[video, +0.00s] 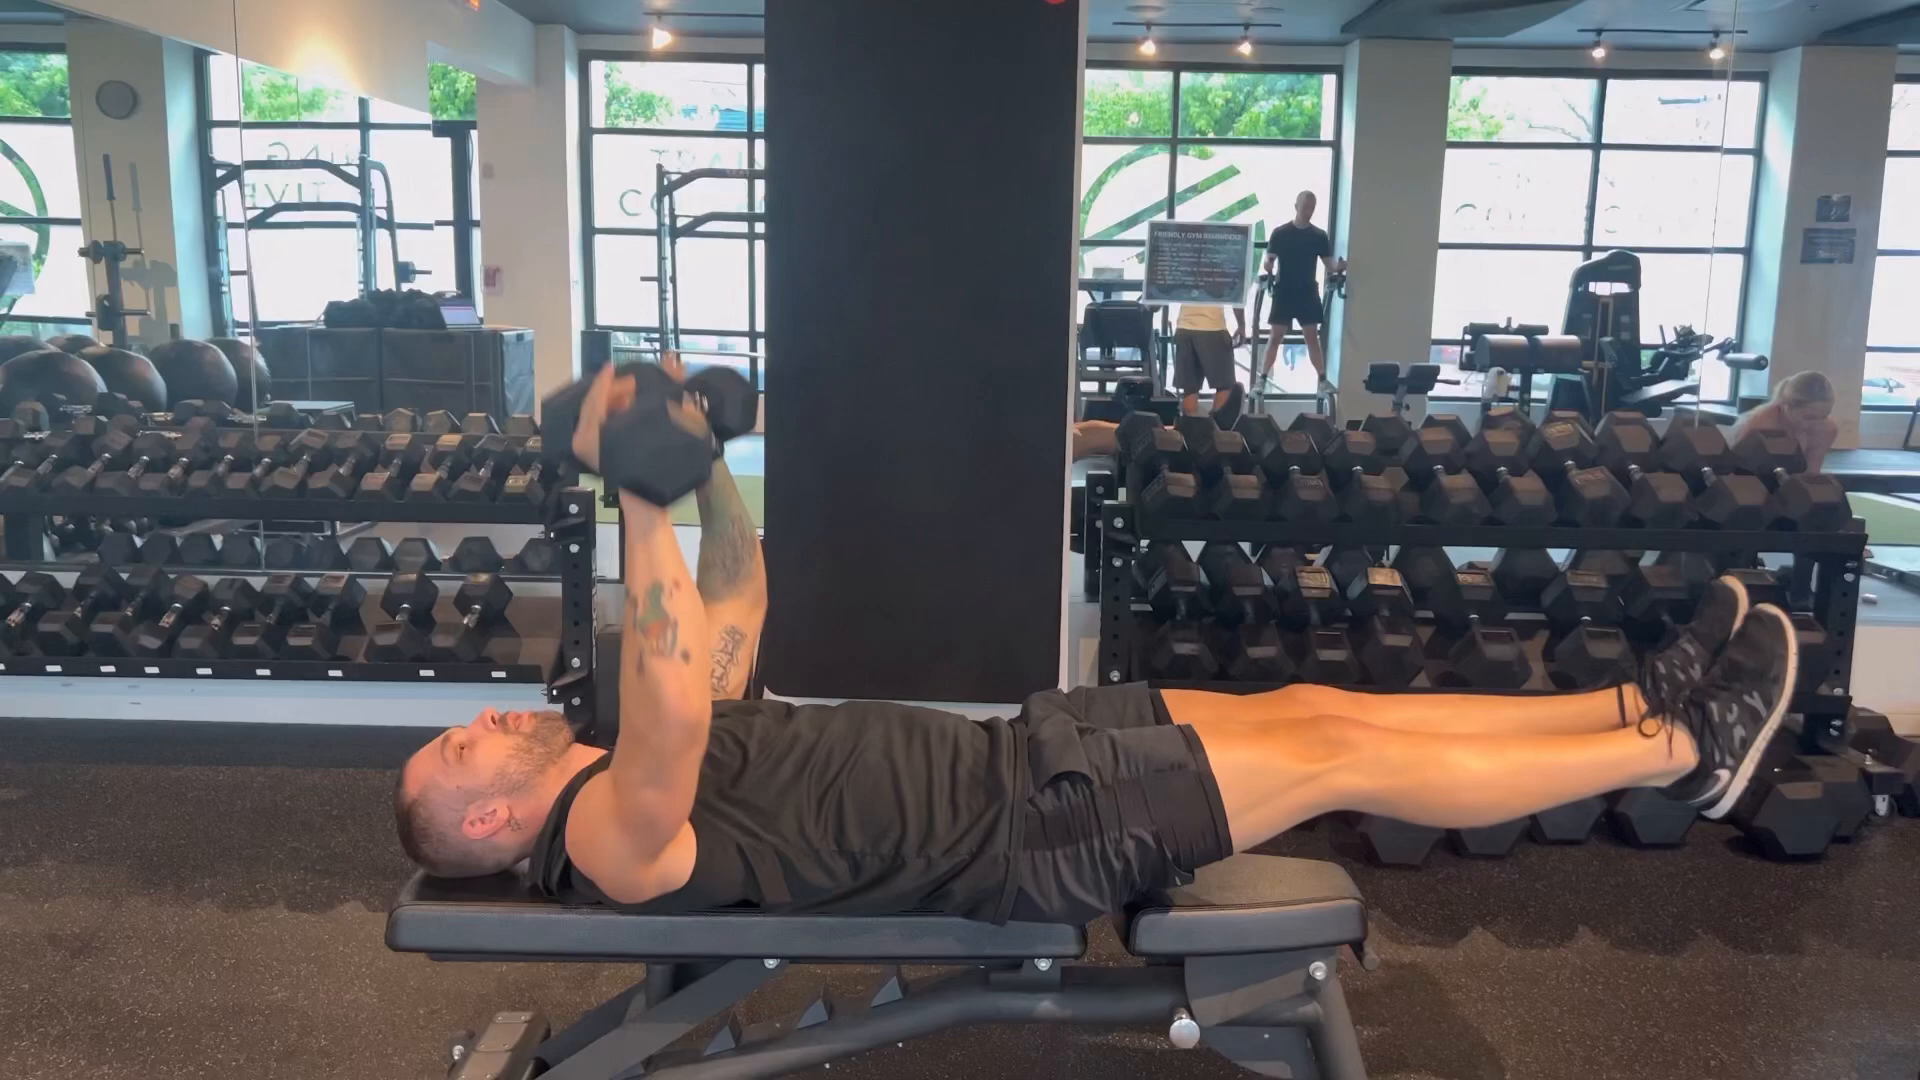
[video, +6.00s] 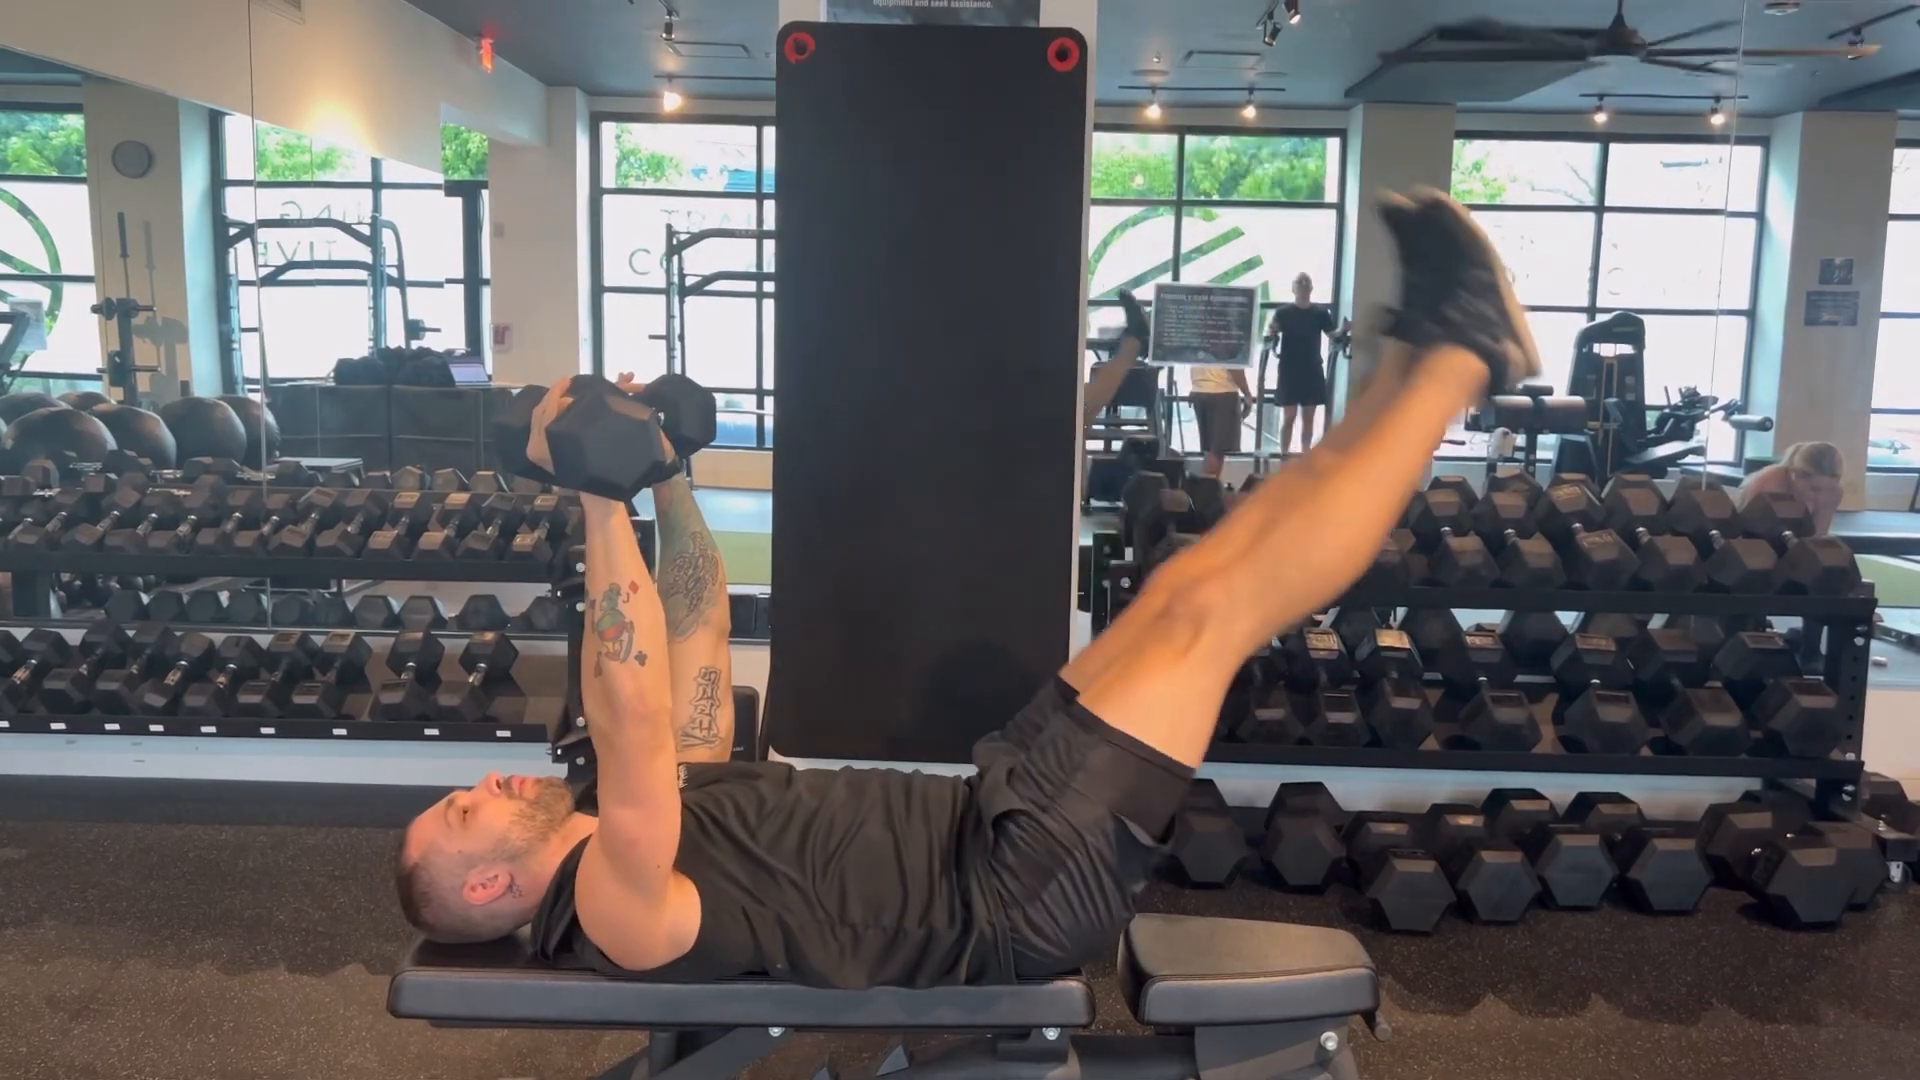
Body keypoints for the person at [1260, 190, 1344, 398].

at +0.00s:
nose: (1308, 211)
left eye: (1311, 207)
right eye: (1304, 206)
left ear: (1314, 208)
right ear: (1296, 206)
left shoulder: (1319, 236)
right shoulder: (1280, 233)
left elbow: (1330, 265)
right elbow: (1268, 262)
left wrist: (1341, 266)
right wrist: (1270, 273)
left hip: (1308, 291)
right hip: (1284, 290)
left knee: (1312, 337)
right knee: (1276, 336)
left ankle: (1322, 380)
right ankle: (1262, 378)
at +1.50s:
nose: (1320, 238)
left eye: (1323, 234)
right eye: (1317, 233)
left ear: (1326, 235)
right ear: (1309, 233)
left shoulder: (1332, 263)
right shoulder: (1292, 259)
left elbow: (1341, 290)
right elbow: (1281, 288)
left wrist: (1351, 293)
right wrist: (1282, 300)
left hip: (1320, 318)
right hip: (1296, 317)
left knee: (1325, 363)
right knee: (1288, 363)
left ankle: (1335, 405)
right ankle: (1275, 404)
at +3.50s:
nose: (1318, 261)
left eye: (1322, 257)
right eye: (1315, 256)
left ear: (1325, 257)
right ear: (1307, 252)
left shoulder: (1329, 280)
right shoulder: (1291, 277)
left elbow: (1336, 309)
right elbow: (1278, 305)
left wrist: (1347, 308)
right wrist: (1278, 307)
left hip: (1318, 333)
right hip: (1294, 332)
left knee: (1328, 376)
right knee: (1285, 374)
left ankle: (1332, 421)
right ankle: (1272, 418)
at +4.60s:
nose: (1307, 282)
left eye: (1310, 278)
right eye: (1303, 278)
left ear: (1315, 278)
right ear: (1297, 277)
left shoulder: (1321, 300)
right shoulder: (1285, 300)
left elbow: (1333, 323)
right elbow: (1271, 324)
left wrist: (1344, 319)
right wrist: (1272, 319)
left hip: (1314, 352)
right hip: (1291, 353)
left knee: (1314, 399)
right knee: (1290, 399)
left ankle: (1311, 442)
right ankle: (1286, 441)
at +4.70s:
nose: (1306, 284)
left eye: (1309, 280)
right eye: (1302, 279)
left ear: (1314, 280)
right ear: (1296, 279)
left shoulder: (1320, 301)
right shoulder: (1284, 301)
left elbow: (1334, 323)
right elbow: (1272, 333)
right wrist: (1273, 321)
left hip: (1312, 356)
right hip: (1289, 356)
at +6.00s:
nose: (1304, 289)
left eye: (1307, 285)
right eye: (1300, 285)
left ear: (1311, 288)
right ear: (1293, 288)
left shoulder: (1320, 313)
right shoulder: (1283, 313)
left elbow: (1332, 336)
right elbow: (1270, 333)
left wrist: (1343, 330)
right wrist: (1270, 334)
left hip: (1312, 368)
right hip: (1289, 368)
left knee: (1308, 416)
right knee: (1289, 416)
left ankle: (1306, 454)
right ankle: (1284, 456)